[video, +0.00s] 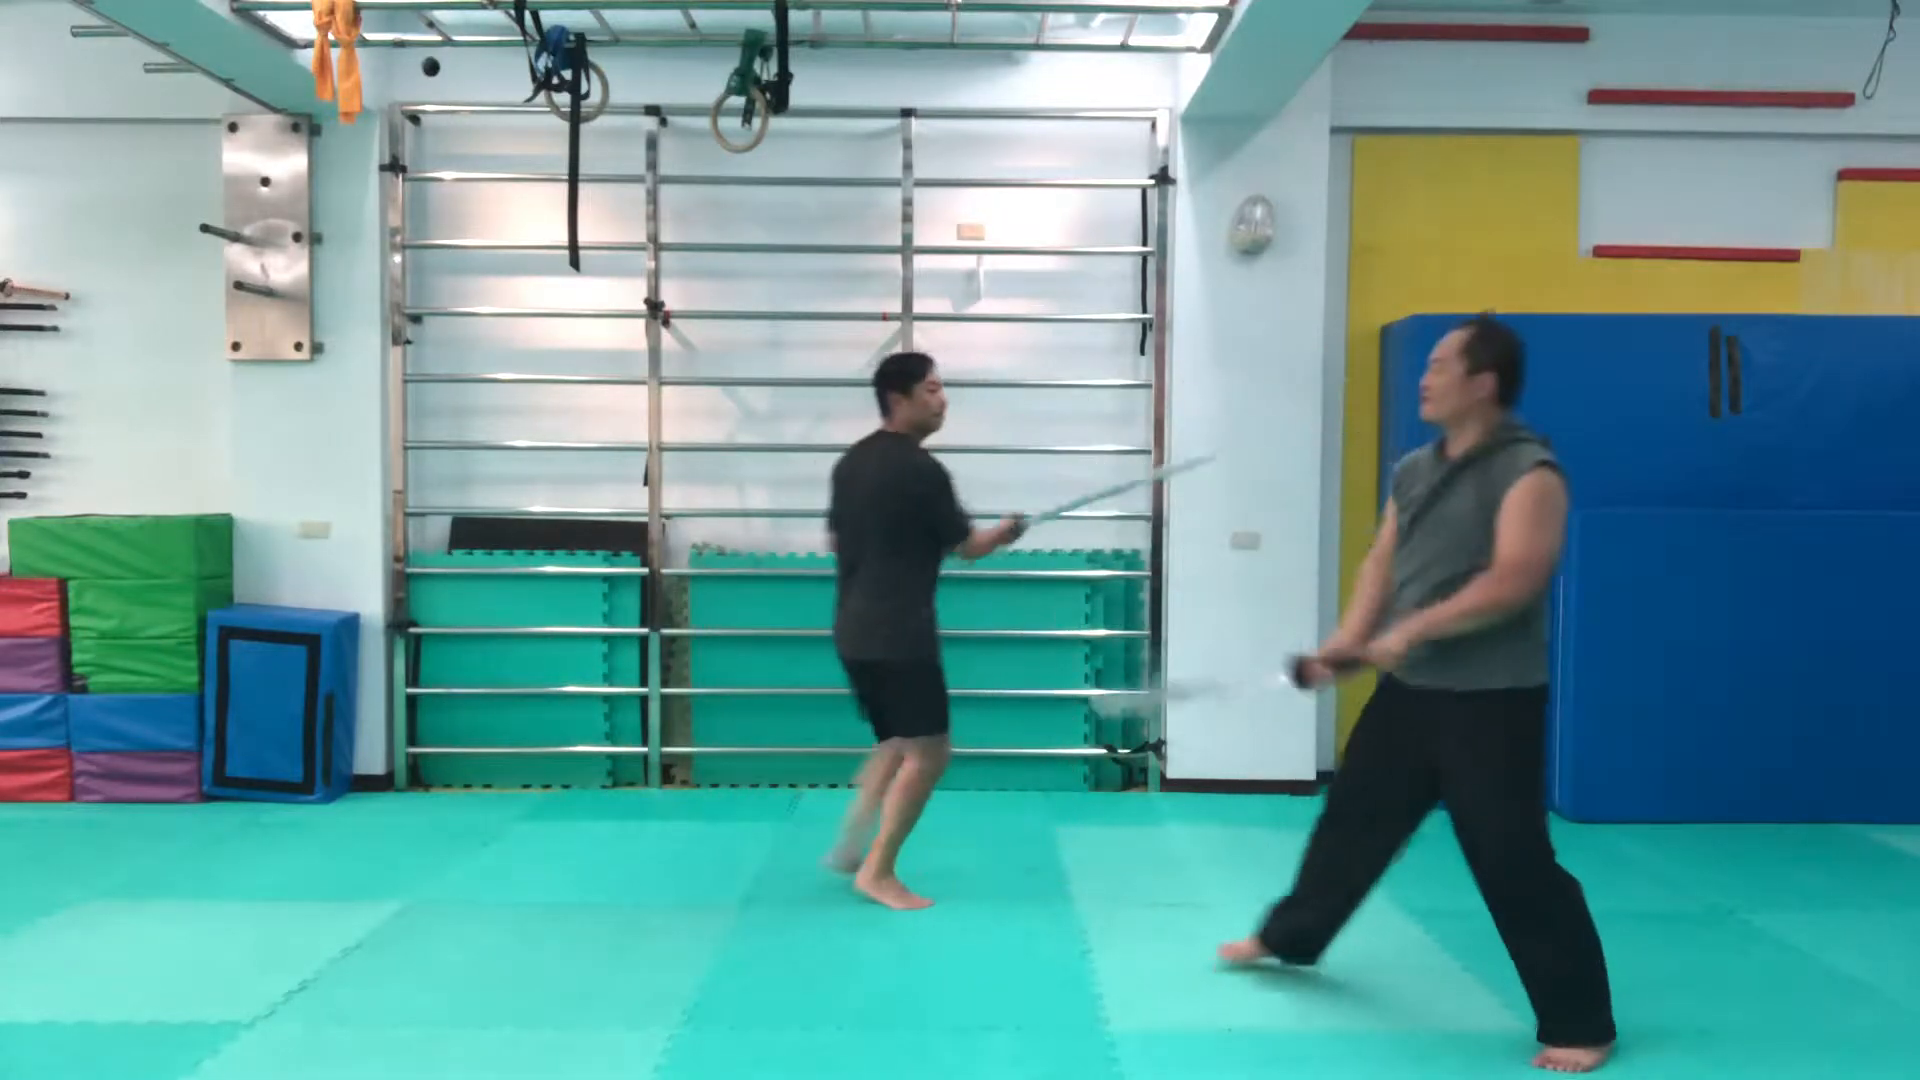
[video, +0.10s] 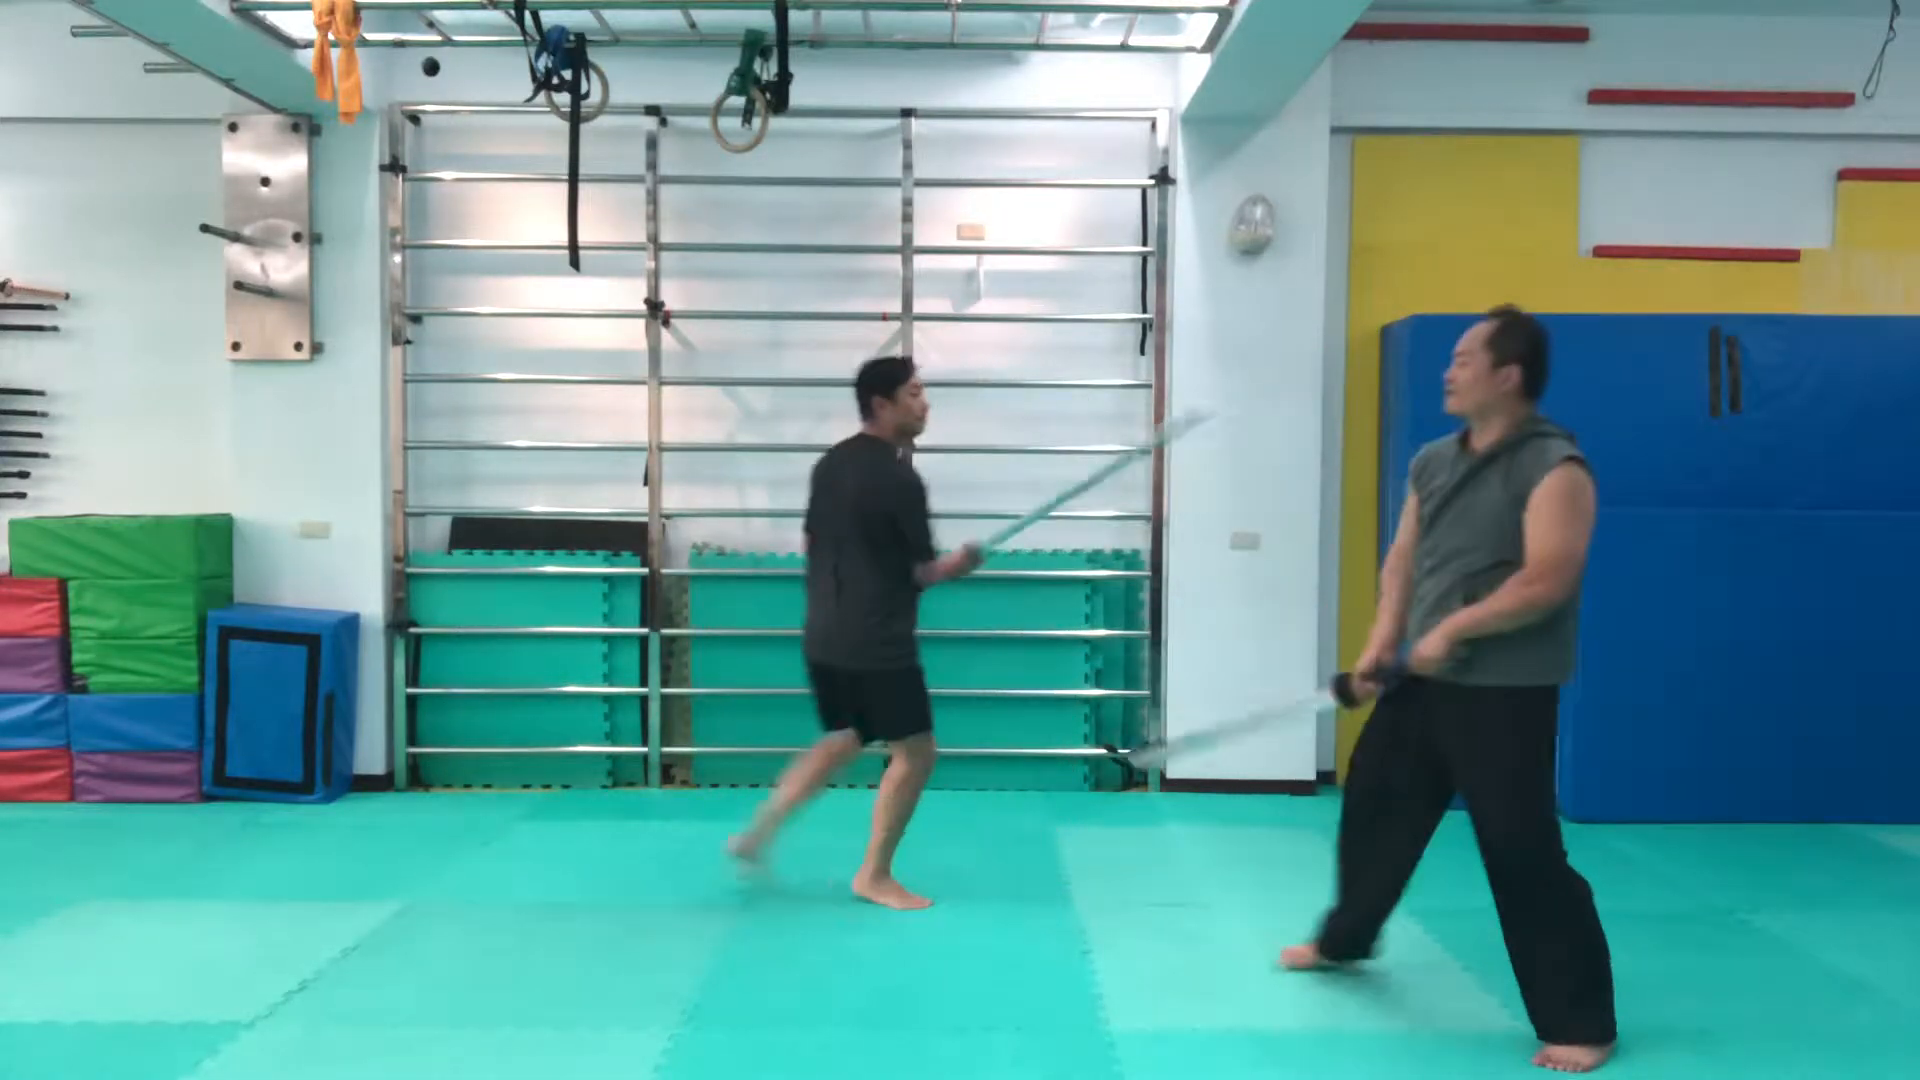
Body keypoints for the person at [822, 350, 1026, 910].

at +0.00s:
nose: (943, 398)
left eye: (940, 388)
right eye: (932, 391)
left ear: (894, 402)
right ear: (899, 400)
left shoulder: (851, 463)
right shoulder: (923, 469)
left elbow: (839, 542)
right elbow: (969, 546)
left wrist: (902, 536)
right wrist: (1006, 532)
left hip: (855, 633)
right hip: (903, 635)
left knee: (895, 743)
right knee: (930, 752)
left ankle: (847, 850)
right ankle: (877, 873)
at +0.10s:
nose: (926, 403)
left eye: (923, 392)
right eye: (915, 394)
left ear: (874, 406)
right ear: (881, 404)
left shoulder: (830, 464)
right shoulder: (900, 477)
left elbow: (818, 547)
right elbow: (924, 570)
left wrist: (892, 567)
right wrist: (957, 563)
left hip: (827, 639)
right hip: (881, 643)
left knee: (847, 736)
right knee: (915, 755)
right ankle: (874, 876)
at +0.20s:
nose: (899, 410)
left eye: (896, 399)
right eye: (890, 401)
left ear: (849, 412)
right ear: (858, 410)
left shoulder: (806, 469)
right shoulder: (870, 485)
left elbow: (800, 555)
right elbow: (865, 580)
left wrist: (886, 579)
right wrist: (908, 583)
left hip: (794, 645)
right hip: (847, 649)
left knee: (777, 743)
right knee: (895, 751)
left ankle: (669, 840)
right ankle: (872, 877)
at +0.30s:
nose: (863, 416)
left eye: (860, 405)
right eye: (854, 407)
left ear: (815, 418)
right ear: (823, 417)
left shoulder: (774, 471)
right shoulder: (827, 486)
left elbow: (770, 567)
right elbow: (828, 582)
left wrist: (846, 604)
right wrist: (877, 590)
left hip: (750, 652)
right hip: (806, 656)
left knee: (706, 757)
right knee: (867, 753)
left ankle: (615, 865)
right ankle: (871, 878)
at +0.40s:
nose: (823, 421)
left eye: (821, 411)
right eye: (813, 412)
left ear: (774, 422)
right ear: (781, 420)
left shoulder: (736, 477)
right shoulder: (779, 488)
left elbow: (734, 590)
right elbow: (782, 587)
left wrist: (799, 637)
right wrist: (843, 592)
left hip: (706, 656)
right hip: (757, 659)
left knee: (671, 769)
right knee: (831, 755)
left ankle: (599, 889)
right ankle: (865, 876)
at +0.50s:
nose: (789, 421)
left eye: (786, 410)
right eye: (780, 412)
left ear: (741, 421)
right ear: (746, 419)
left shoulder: (704, 475)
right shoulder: (744, 485)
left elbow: (693, 585)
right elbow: (745, 584)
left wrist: (763, 629)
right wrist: (810, 590)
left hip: (671, 655)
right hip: (718, 655)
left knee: (666, 767)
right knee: (801, 748)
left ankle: (597, 893)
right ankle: (830, 884)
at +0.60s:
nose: (768, 410)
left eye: (766, 399)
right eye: (757, 400)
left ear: (718, 411)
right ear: (722, 408)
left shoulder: (682, 467)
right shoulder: (723, 475)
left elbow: (686, 567)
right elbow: (729, 575)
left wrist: (749, 610)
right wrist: (797, 580)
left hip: (651, 647)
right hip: (701, 649)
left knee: (652, 764)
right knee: (779, 749)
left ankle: (594, 894)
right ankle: (758, 896)